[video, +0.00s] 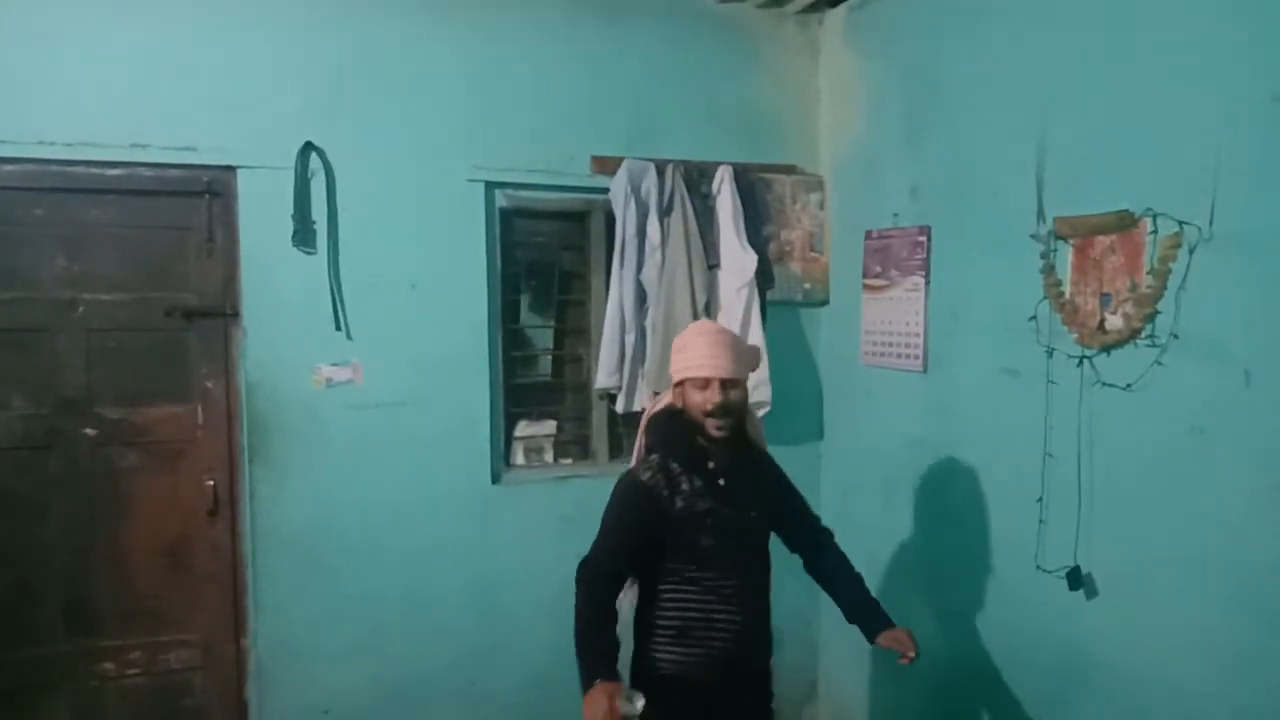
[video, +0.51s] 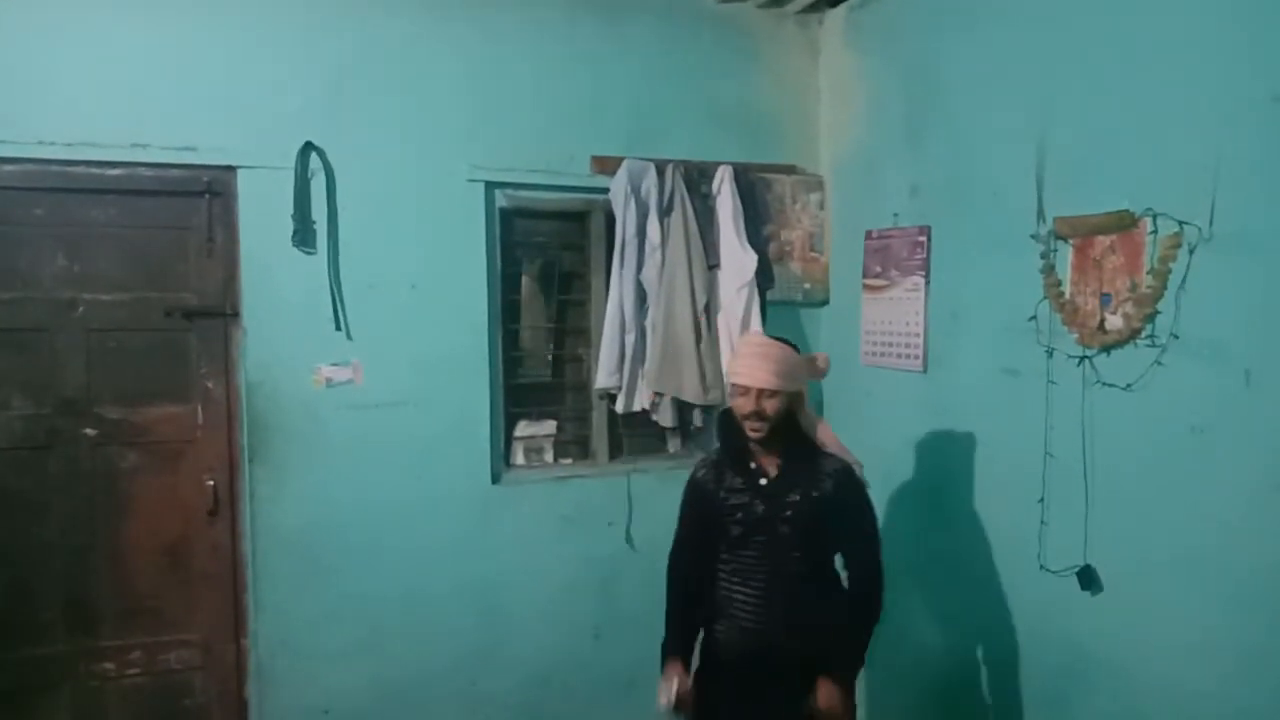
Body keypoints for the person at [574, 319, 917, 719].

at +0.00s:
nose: (718, 399)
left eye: (730, 385)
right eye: (702, 385)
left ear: (746, 391)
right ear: (678, 392)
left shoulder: (757, 471)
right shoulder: (649, 481)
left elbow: (815, 545)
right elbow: (597, 579)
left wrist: (876, 623)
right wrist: (601, 679)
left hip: (746, 683)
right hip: (670, 686)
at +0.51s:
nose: (752, 407)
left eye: (768, 395)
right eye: (741, 393)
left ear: (794, 400)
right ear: (729, 396)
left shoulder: (834, 479)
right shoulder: (709, 478)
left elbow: (867, 579)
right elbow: (686, 571)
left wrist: (841, 673)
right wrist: (676, 656)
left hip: (805, 670)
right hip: (726, 668)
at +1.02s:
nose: (755, 391)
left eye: (768, 381)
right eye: (746, 379)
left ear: (793, 376)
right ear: (735, 376)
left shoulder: (828, 432)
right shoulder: (730, 425)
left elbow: (816, 490)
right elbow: (683, 469)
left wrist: (770, 486)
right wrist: (654, 469)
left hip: (816, 608)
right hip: (745, 606)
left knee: (817, 710)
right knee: (748, 709)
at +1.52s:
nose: (731, 371)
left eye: (744, 361)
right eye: (724, 359)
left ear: (770, 366)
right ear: (715, 361)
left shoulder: (804, 425)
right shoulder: (717, 422)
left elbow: (800, 500)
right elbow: (680, 477)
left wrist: (738, 504)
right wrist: (658, 490)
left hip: (799, 599)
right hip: (740, 595)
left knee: (770, 709)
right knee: (740, 708)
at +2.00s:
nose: (704, 374)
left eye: (717, 364)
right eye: (697, 362)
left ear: (745, 368)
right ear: (688, 363)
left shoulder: (778, 433)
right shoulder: (707, 425)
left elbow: (805, 538)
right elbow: (719, 509)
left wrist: (761, 614)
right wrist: (706, 588)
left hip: (757, 602)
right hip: (715, 592)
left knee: (694, 710)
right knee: (744, 709)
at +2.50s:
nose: (662, 385)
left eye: (676, 374)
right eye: (657, 372)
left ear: (708, 378)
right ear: (651, 372)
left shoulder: (730, 454)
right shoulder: (681, 441)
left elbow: (693, 539)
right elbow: (659, 538)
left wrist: (625, 511)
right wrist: (616, 598)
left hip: (696, 637)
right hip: (663, 630)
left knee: (669, 710)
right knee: (665, 708)